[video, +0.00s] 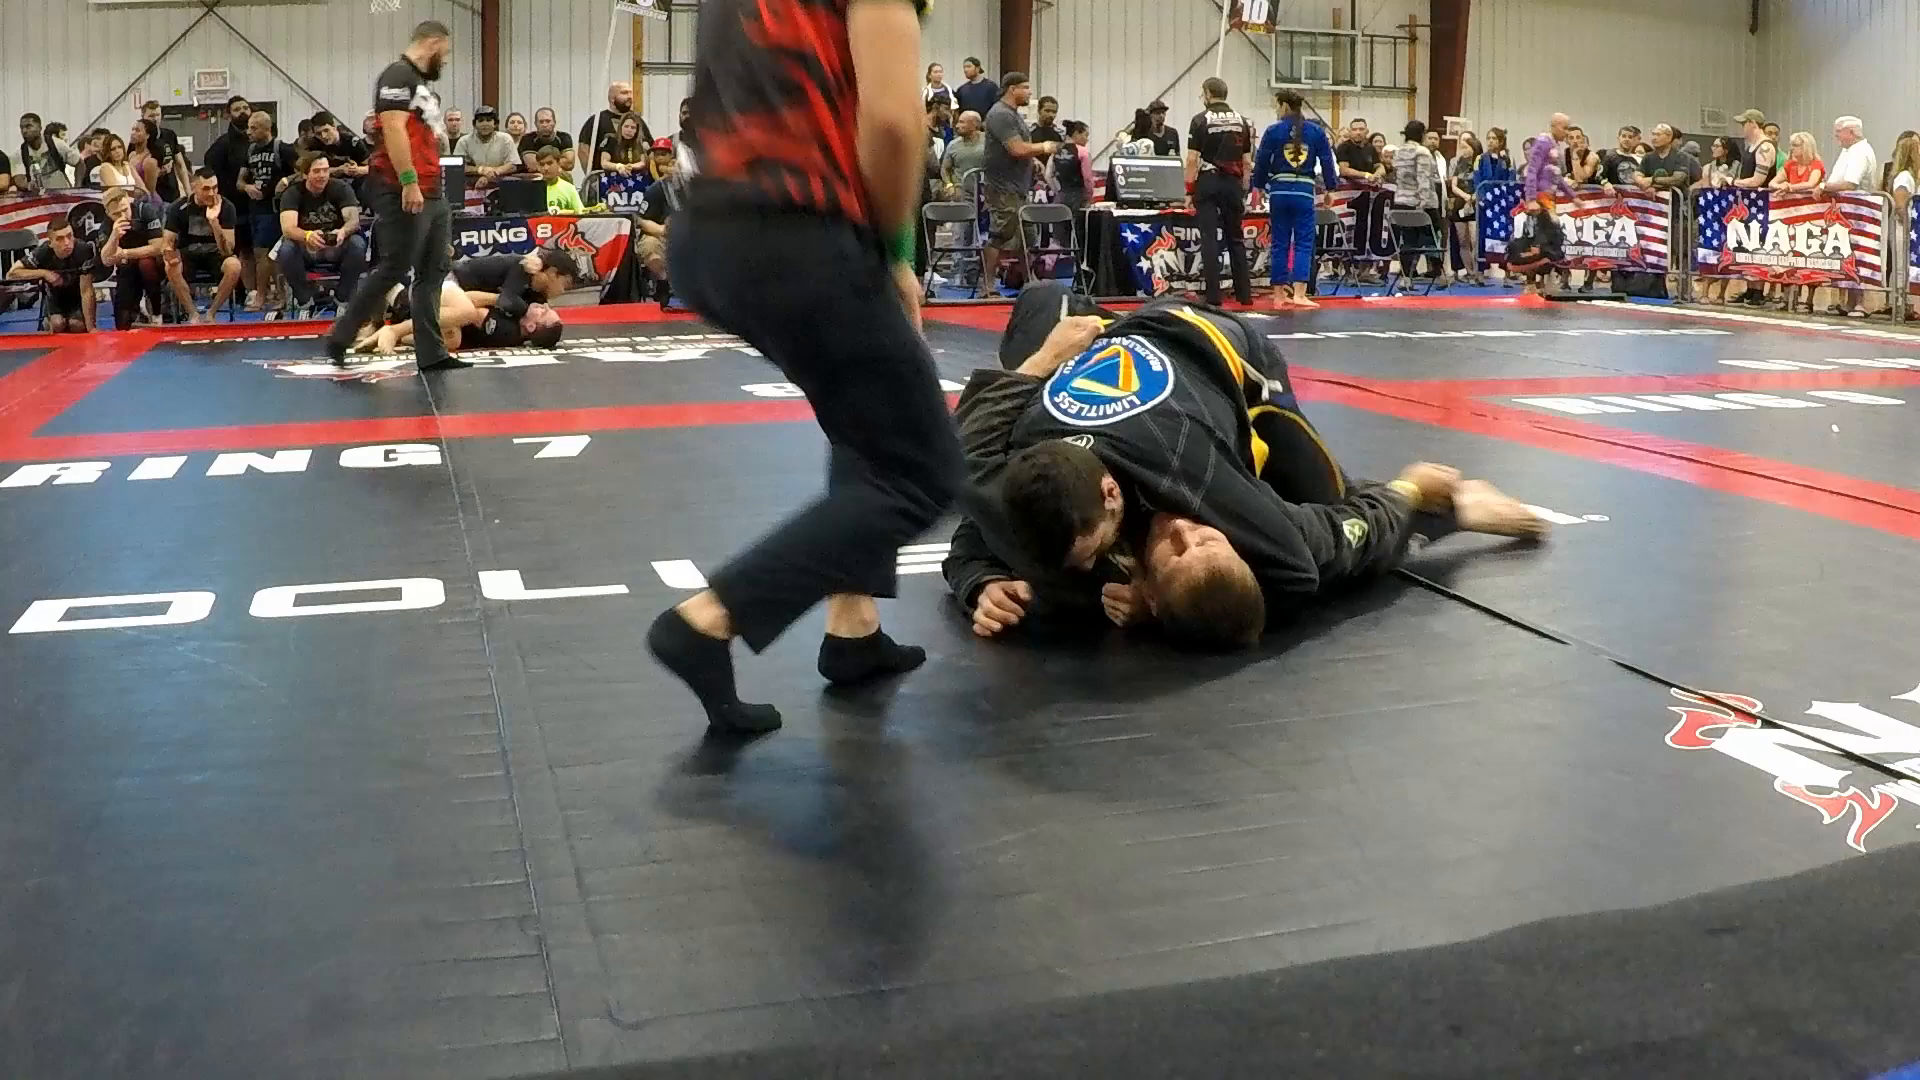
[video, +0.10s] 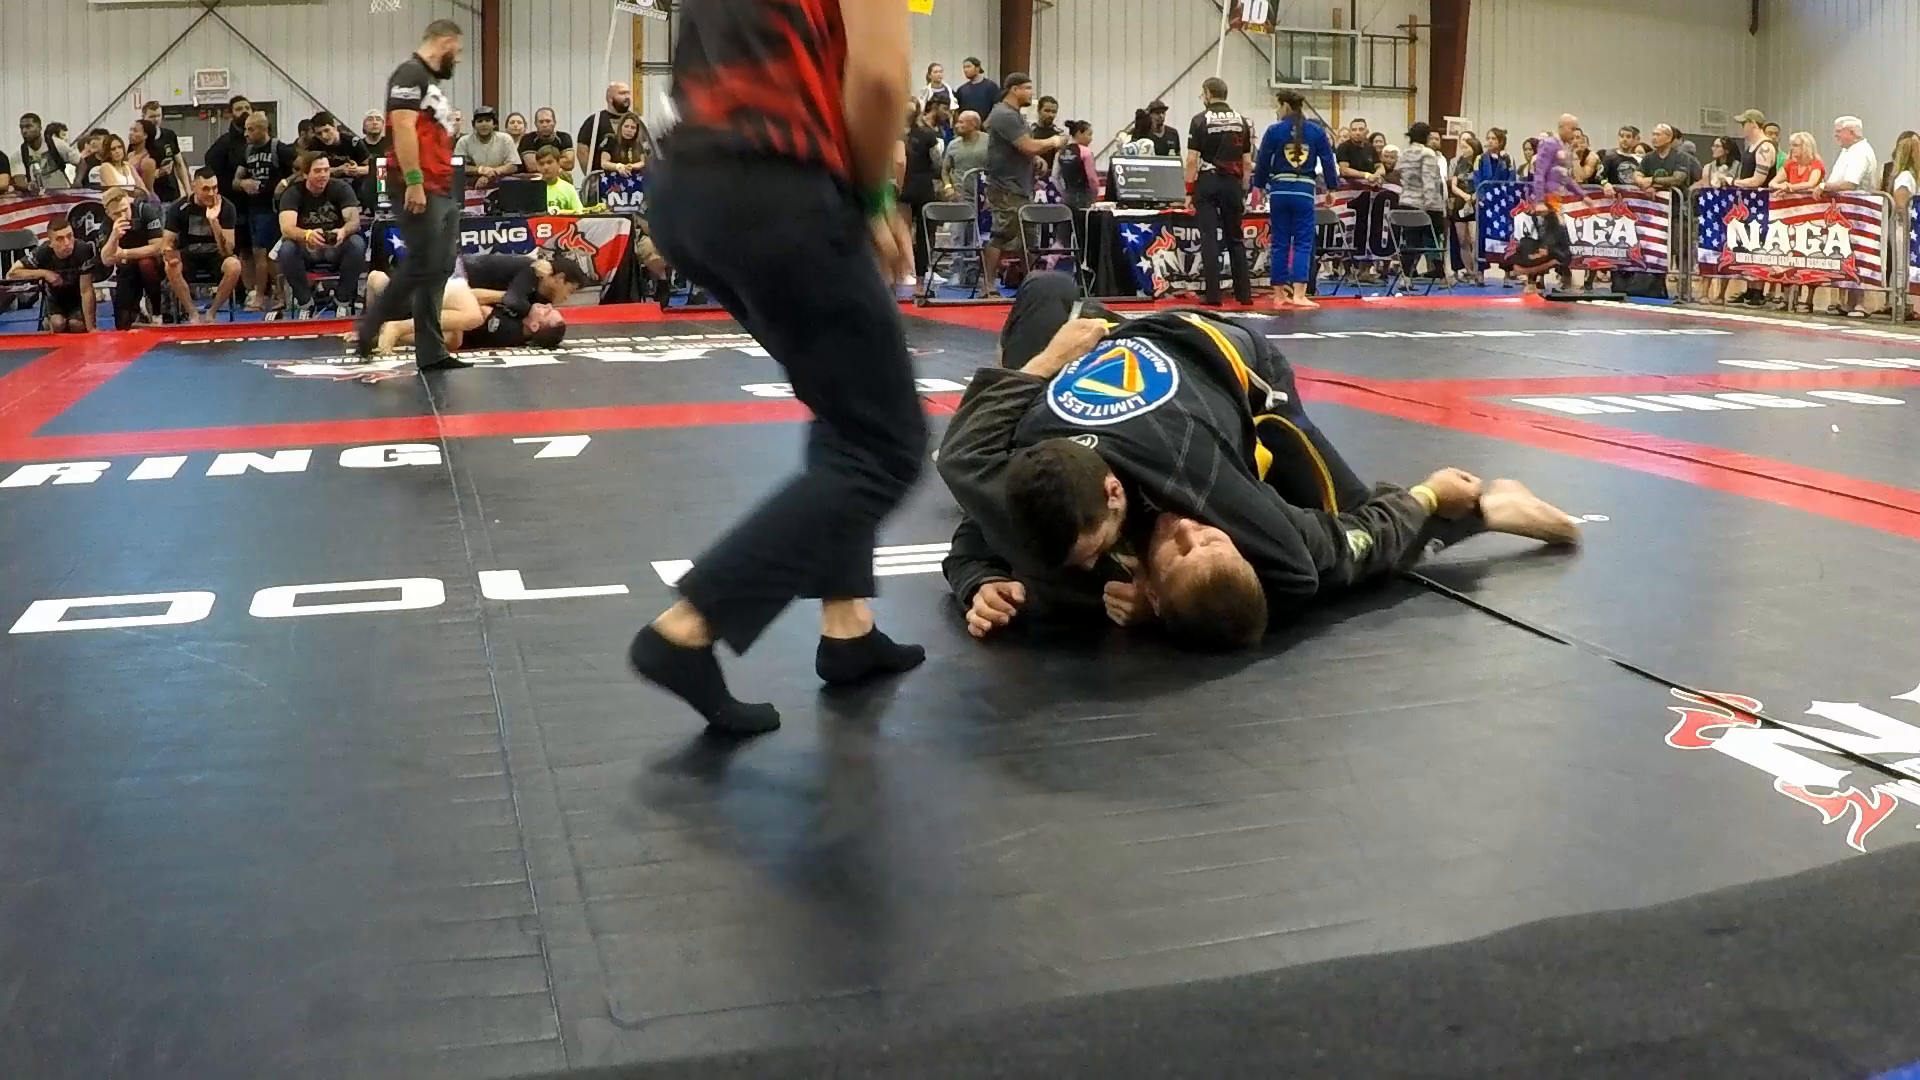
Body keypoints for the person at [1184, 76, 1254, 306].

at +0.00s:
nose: (1202, 96)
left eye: (1203, 93)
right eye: (1203, 93)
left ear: (1208, 94)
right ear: (1225, 94)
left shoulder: (1200, 120)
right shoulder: (1241, 120)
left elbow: (1192, 160)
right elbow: (1246, 161)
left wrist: (1189, 190)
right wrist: (1244, 191)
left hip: (1207, 180)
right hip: (1233, 181)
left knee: (1209, 238)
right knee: (1235, 237)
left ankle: (1213, 296)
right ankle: (1244, 293)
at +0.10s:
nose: (1202, 97)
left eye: (1203, 93)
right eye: (1203, 93)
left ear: (1208, 95)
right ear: (1225, 95)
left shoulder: (1200, 120)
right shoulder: (1241, 120)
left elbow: (1192, 160)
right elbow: (1246, 161)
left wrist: (1189, 192)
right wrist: (1243, 190)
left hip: (1207, 179)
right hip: (1233, 181)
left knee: (1209, 238)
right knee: (1235, 237)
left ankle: (1212, 295)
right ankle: (1244, 293)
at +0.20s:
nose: (1202, 97)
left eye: (1203, 93)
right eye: (1203, 93)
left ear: (1208, 95)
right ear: (1225, 95)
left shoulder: (1200, 120)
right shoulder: (1240, 120)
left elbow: (1192, 160)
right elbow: (1246, 161)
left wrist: (1189, 191)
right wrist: (1243, 190)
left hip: (1207, 180)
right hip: (1232, 181)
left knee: (1208, 238)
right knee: (1235, 238)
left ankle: (1213, 296)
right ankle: (1244, 294)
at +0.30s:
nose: (1202, 95)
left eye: (1203, 92)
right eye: (1203, 92)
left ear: (1208, 94)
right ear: (1225, 94)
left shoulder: (1199, 120)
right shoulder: (1240, 120)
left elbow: (1191, 159)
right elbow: (1246, 160)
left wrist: (1189, 191)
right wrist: (1243, 191)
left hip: (1207, 179)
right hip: (1233, 181)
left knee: (1209, 238)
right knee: (1235, 238)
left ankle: (1212, 294)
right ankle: (1244, 293)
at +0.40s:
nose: (1202, 94)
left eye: (1203, 91)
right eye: (1204, 90)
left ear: (1208, 94)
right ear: (1225, 95)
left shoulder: (1199, 120)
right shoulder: (1240, 120)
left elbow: (1192, 160)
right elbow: (1245, 160)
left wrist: (1188, 191)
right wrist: (1243, 189)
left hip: (1207, 179)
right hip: (1232, 181)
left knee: (1209, 238)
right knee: (1235, 238)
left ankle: (1212, 295)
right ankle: (1244, 294)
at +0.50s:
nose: (1202, 94)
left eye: (1204, 91)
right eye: (1204, 90)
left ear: (1208, 94)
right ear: (1226, 95)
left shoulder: (1199, 120)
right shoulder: (1239, 120)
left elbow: (1191, 160)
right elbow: (1245, 160)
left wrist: (1189, 191)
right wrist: (1243, 190)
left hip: (1207, 179)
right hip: (1232, 181)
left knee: (1208, 238)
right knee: (1235, 238)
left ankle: (1213, 295)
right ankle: (1243, 294)